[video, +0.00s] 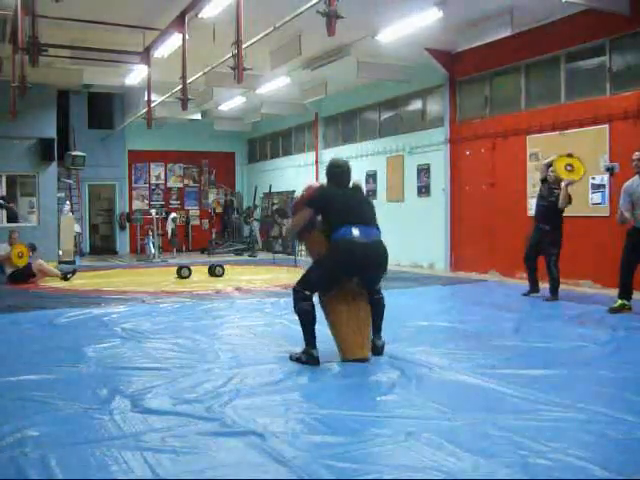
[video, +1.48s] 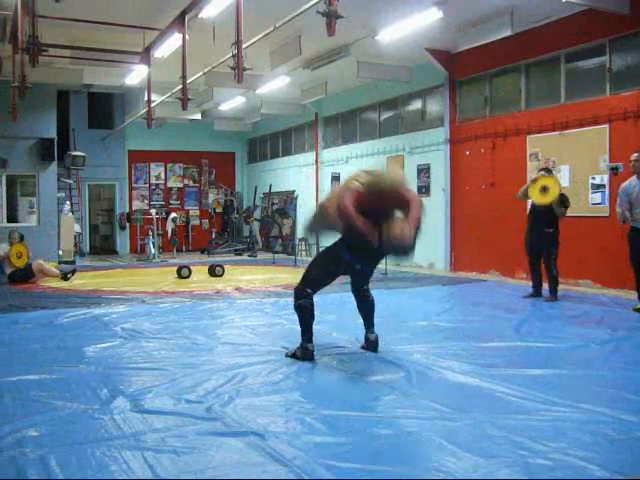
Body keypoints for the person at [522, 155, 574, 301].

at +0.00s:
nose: (551, 174)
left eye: (554, 171)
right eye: (549, 171)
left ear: (560, 174)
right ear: (547, 173)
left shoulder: (563, 192)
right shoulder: (545, 183)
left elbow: (562, 204)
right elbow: (543, 166)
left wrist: (564, 186)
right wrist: (560, 157)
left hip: (553, 228)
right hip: (540, 225)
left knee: (552, 261)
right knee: (529, 256)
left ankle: (554, 292)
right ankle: (533, 286)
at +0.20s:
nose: (561, 182)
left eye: (564, 181)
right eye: (559, 179)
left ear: (566, 184)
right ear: (555, 179)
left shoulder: (565, 196)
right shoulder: (544, 186)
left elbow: (564, 216)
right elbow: (538, 172)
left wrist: (566, 205)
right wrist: (556, 170)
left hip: (553, 230)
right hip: (537, 227)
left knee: (553, 263)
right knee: (532, 262)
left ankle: (554, 293)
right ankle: (528, 290)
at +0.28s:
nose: (556, 177)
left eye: (559, 174)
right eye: (554, 174)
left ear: (564, 177)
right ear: (550, 177)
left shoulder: (564, 194)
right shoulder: (542, 191)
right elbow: (531, 182)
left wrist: (569, 215)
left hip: (553, 232)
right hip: (537, 231)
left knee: (552, 264)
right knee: (533, 264)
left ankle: (553, 293)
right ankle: (529, 291)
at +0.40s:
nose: (556, 176)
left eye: (559, 174)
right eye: (554, 174)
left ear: (563, 178)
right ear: (549, 177)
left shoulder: (564, 194)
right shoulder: (542, 190)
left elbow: (569, 212)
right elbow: (529, 197)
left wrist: (567, 218)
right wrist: (548, 194)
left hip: (553, 232)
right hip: (537, 231)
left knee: (552, 264)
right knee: (533, 263)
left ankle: (553, 293)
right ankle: (529, 291)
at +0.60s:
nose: (555, 177)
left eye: (557, 174)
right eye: (552, 174)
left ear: (561, 177)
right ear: (548, 178)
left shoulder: (567, 199)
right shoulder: (539, 194)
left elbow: (568, 218)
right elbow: (529, 209)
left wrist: (568, 225)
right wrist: (540, 213)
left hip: (556, 235)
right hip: (538, 233)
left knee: (553, 265)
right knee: (532, 264)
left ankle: (554, 293)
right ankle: (529, 291)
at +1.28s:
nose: (543, 177)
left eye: (546, 174)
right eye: (542, 174)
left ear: (554, 176)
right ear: (540, 177)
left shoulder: (561, 197)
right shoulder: (537, 191)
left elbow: (565, 216)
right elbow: (529, 205)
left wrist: (553, 222)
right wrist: (526, 202)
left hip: (552, 231)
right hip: (537, 229)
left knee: (552, 262)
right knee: (534, 261)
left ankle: (553, 292)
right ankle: (536, 289)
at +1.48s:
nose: (544, 181)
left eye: (548, 177)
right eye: (542, 178)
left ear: (553, 179)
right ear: (538, 179)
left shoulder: (559, 195)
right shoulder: (535, 193)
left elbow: (561, 213)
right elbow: (520, 196)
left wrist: (554, 200)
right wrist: (531, 183)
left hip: (550, 232)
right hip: (534, 231)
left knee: (550, 263)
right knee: (534, 263)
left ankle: (553, 293)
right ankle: (536, 290)